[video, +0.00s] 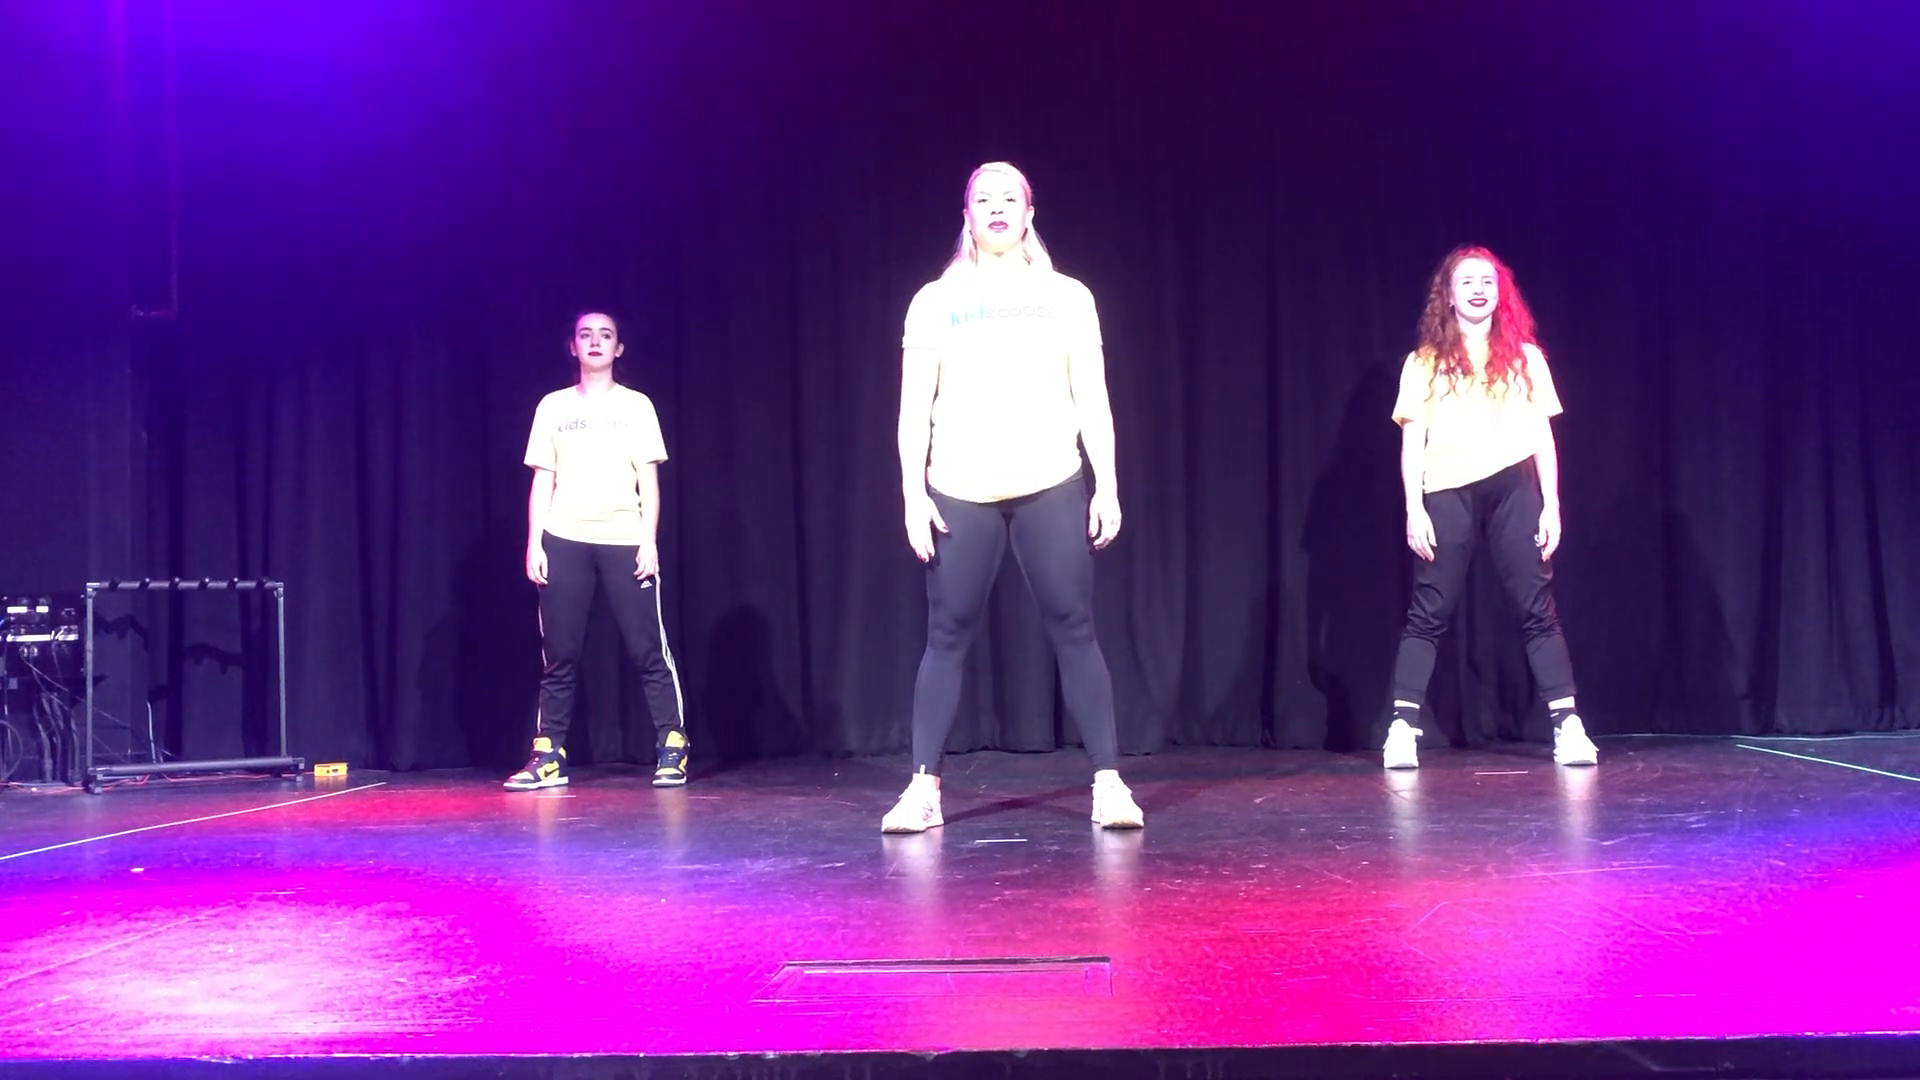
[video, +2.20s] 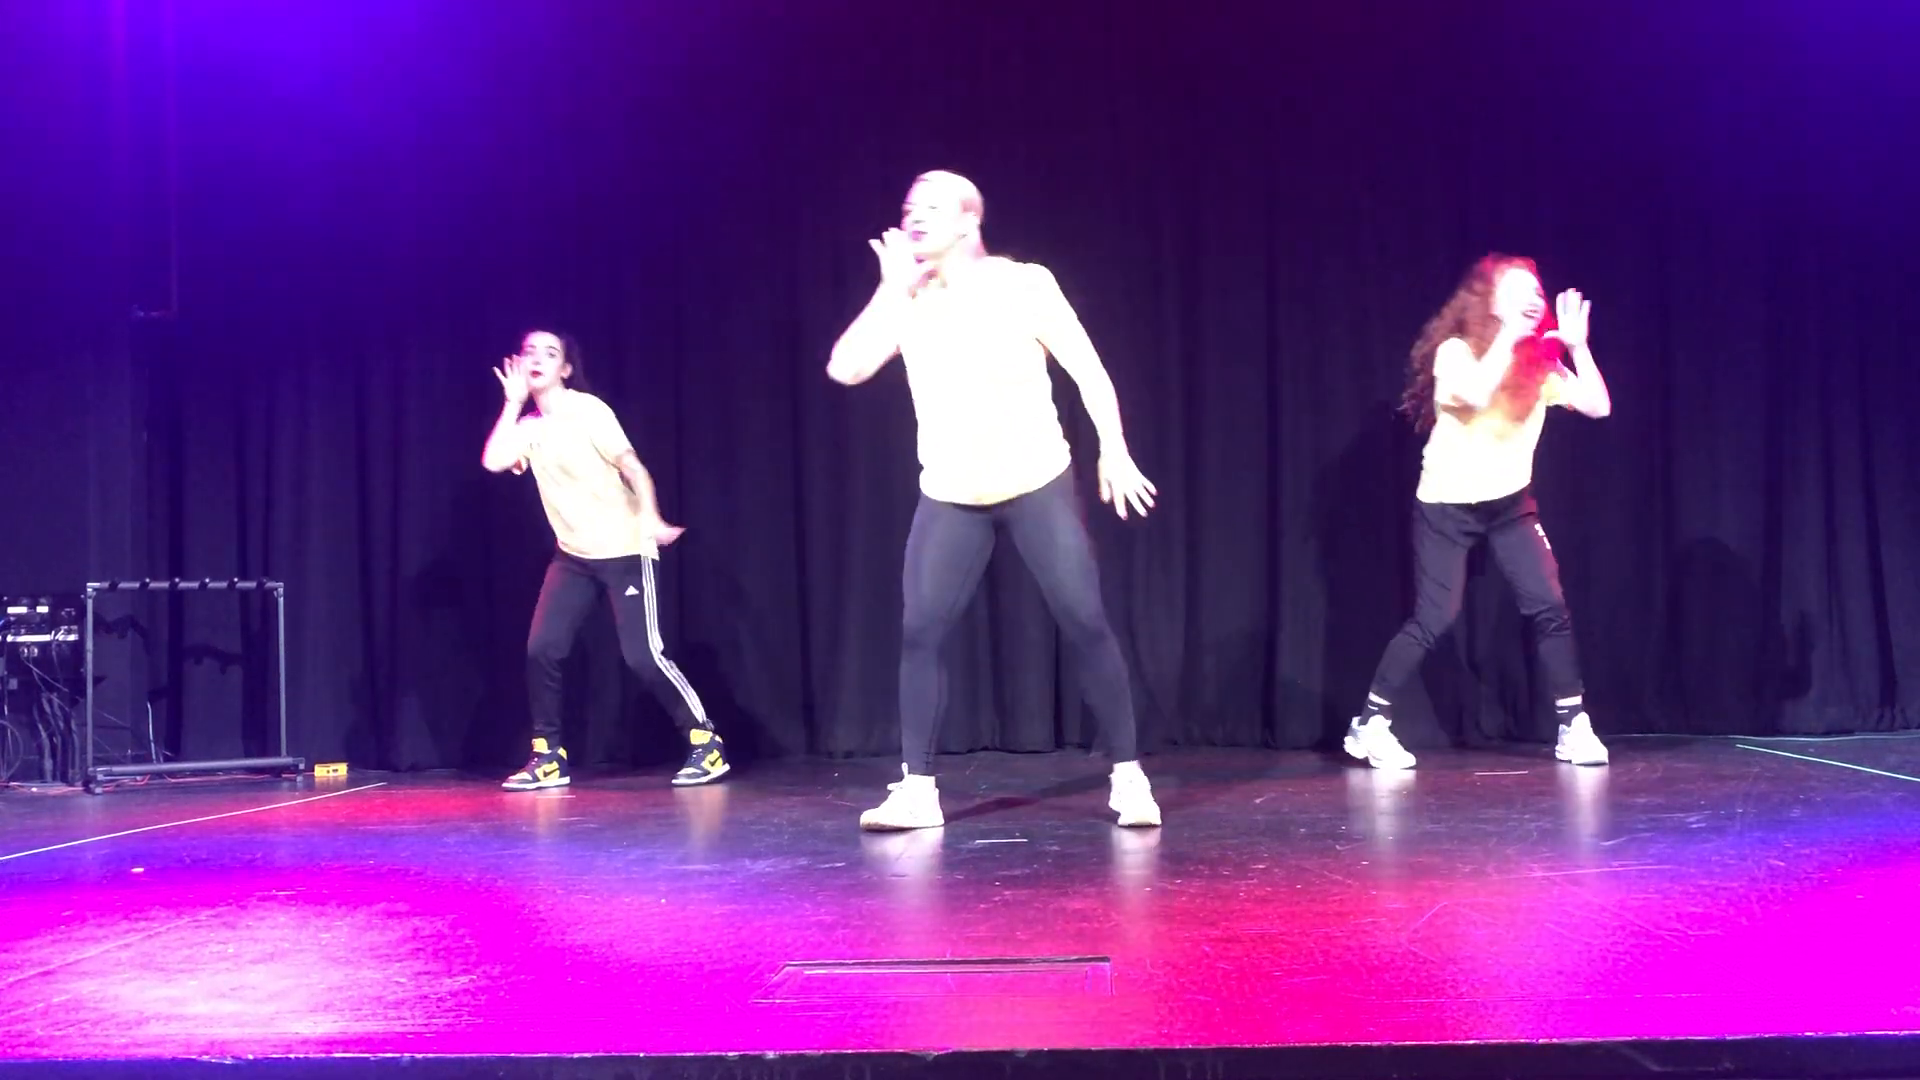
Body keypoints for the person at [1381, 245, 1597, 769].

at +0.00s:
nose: (1477, 290)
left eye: (1486, 281)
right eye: (1467, 281)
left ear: (1501, 292)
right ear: (1448, 292)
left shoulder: (1525, 356)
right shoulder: (1425, 361)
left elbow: (1543, 435)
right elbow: (1413, 441)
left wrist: (1551, 505)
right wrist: (1414, 509)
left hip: (1514, 489)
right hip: (1445, 493)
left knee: (1535, 606)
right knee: (1430, 609)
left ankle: (1567, 725)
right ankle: (1404, 727)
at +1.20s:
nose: (1468, 285)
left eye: (1478, 276)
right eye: (1458, 277)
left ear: (1497, 286)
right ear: (1442, 289)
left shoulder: (1526, 350)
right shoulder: (1423, 357)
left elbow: (1545, 430)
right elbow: (1412, 435)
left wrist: (1552, 500)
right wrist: (1399, 498)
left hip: (1514, 488)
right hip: (1442, 492)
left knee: (1535, 606)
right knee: (1429, 609)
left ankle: (1567, 724)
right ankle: (1405, 728)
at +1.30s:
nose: (1439, 290)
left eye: (1450, 279)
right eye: (1431, 284)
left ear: (1480, 285)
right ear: (1426, 297)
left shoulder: (1519, 347)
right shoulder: (1419, 359)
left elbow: (1542, 433)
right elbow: (1395, 432)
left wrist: (1545, 505)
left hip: (1508, 487)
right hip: (1439, 493)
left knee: (1537, 607)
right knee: (1426, 611)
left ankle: (1570, 724)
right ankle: (1403, 729)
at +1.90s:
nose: (1408, 335)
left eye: (1419, 324)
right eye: (1402, 326)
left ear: (1449, 331)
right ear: (1396, 335)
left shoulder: (1484, 381)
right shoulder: (1401, 394)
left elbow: (1523, 460)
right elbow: (1343, 436)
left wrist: (1544, 539)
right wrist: (1381, 376)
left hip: (1494, 527)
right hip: (1432, 533)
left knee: (1519, 635)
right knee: (1408, 623)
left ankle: (1610, 719)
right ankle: (1402, 732)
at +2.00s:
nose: (1446, 319)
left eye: (1456, 311)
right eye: (1437, 310)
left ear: (1477, 320)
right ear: (1419, 318)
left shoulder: (1505, 370)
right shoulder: (1411, 378)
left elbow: (1550, 426)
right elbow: (1367, 415)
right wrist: (1413, 356)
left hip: (1500, 517)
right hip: (1430, 523)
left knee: (1538, 621)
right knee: (1416, 622)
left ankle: (1592, 721)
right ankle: (1403, 731)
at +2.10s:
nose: (1499, 305)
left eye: (1505, 296)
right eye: (1487, 296)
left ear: (1514, 303)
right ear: (1457, 302)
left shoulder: (1525, 360)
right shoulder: (1429, 353)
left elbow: (1578, 412)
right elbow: (1417, 394)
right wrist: (1464, 340)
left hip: (1505, 505)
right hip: (1434, 509)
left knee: (1546, 609)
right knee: (1424, 616)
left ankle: (1574, 726)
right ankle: (1392, 728)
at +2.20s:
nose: (1533, 302)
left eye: (1536, 293)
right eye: (1519, 293)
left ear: (1539, 304)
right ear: (1486, 301)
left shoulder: (1540, 365)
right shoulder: (1455, 352)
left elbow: (1596, 405)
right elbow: (1475, 394)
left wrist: (1577, 345)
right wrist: (1512, 333)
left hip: (1511, 506)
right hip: (1446, 508)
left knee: (1549, 609)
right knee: (1434, 617)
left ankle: (1573, 729)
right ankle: (1369, 725)